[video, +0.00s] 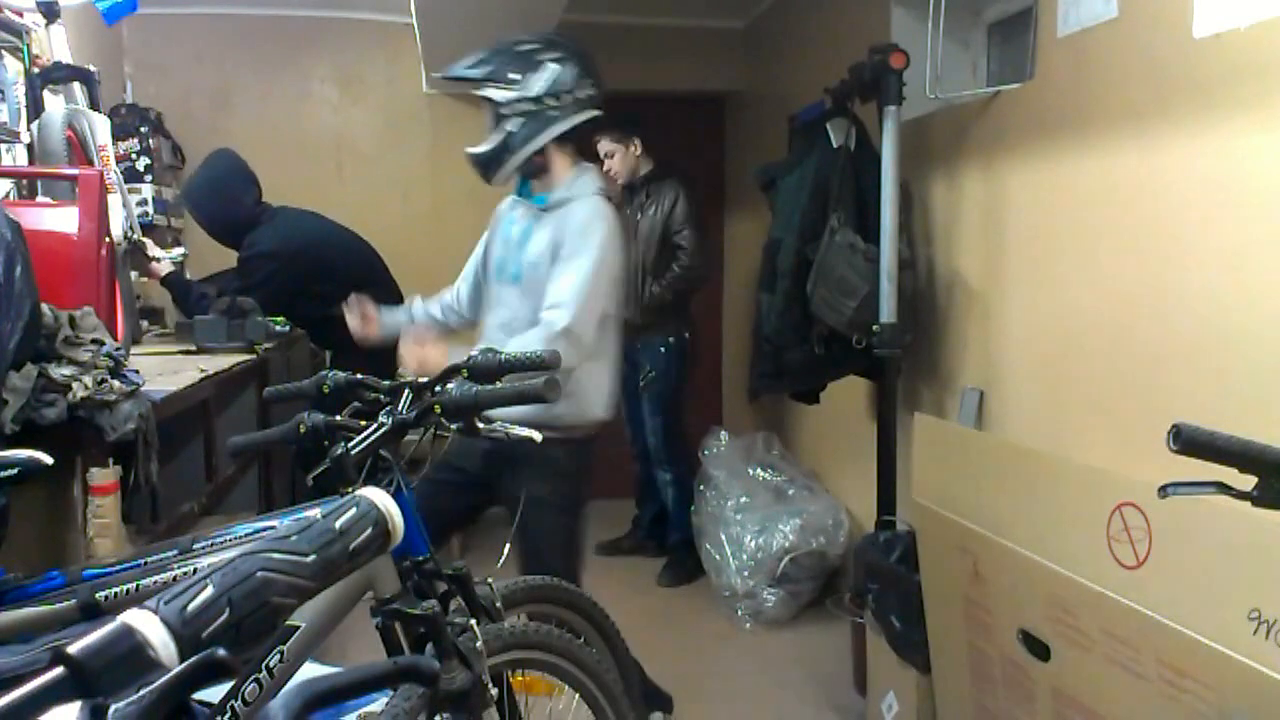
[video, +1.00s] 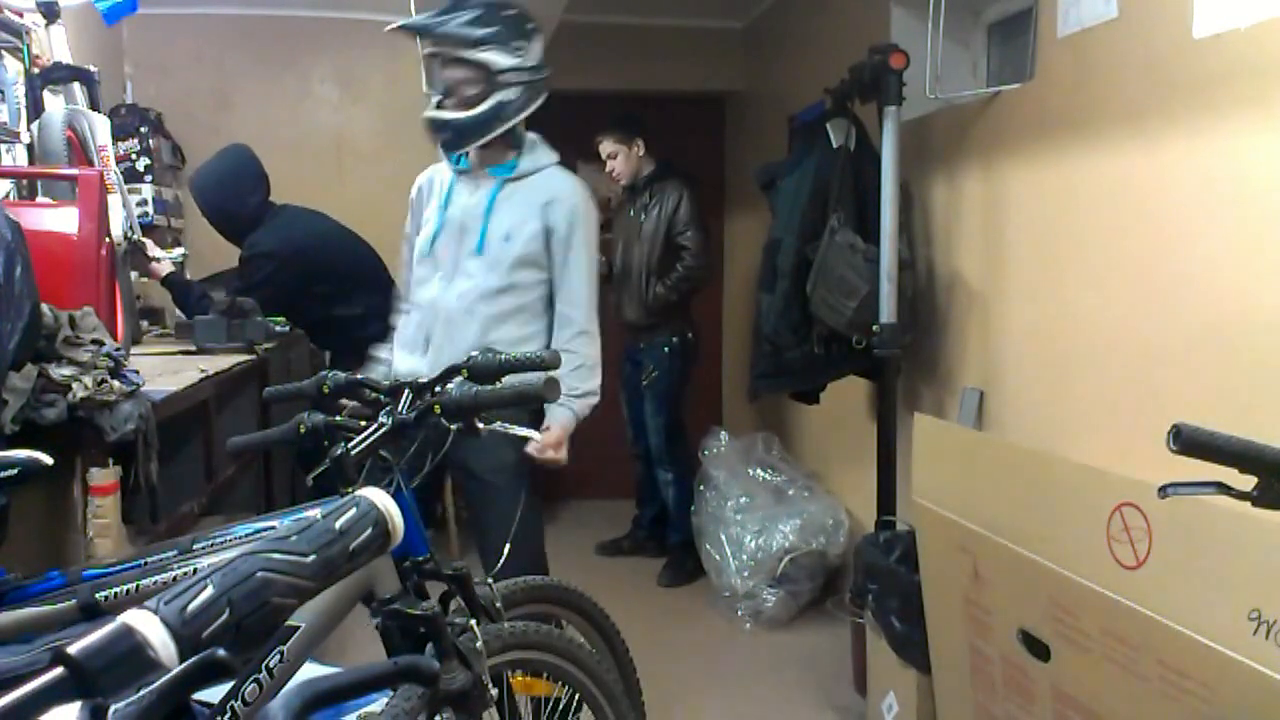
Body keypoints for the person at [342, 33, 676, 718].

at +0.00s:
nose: (491, 129)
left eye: (501, 113)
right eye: (493, 113)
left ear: (541, 120)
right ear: (538, 124)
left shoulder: (591, 216)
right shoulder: (513, 210)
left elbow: (561, 336)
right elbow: (458, 305)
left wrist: (459, 360)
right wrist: (387, 321)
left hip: (555, 437)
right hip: (490, 426)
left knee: (550, 601)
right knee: (407, 531)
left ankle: (643, 700)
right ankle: (443, 667)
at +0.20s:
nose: (440, 108)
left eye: (448, 91)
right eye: (440, 92)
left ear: (487, 91)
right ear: (491, 93)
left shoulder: (534, 195)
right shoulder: (485, 188)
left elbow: (545, 338)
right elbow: (461, 307)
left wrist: (476, 421)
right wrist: (413, 394)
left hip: (464, 424)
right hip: (426, 413)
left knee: (480, 583)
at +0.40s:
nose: (404, 122)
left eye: (411, 105)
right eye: (405, 107)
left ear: (446, 107)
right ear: (455, 109)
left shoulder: (491, 207)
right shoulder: (453, 202)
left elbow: (438, 329)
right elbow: (412, 310)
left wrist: (333, 348)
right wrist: (337, 328)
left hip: (464, 431)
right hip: (432, 422)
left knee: (452, 601)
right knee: (428, 594)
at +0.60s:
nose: (392, 103)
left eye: (398, 86)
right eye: (392, 87)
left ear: (434, 87)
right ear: (441, 88)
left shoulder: (500, 189)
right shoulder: (436, 181)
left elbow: (513, 318)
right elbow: (405, 292)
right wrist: (363, 368)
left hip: (444, 412)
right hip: (392, 403)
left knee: (465, 575)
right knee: (408, 568)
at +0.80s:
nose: (401, 103)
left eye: (413, 88)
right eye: (401, 88)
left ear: (459, 90)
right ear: (444, 90)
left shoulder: (523, 193)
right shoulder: (418, 193)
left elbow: (547, 318)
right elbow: (382, 304)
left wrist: (510, 395)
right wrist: (309, 345)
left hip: (484, 420)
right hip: (404, 412)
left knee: (478, 580)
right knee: (388, 568)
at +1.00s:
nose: (450, 96)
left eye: (466, 82)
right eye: (442, 81)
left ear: (511, 83)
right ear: (433, 81)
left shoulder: (559, 194)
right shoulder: (429, 187)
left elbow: (576, 315)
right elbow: (409, 302)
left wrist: (564, 412)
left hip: (499, 412)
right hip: (414, 404)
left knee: (514, 576)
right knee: (386, 559)